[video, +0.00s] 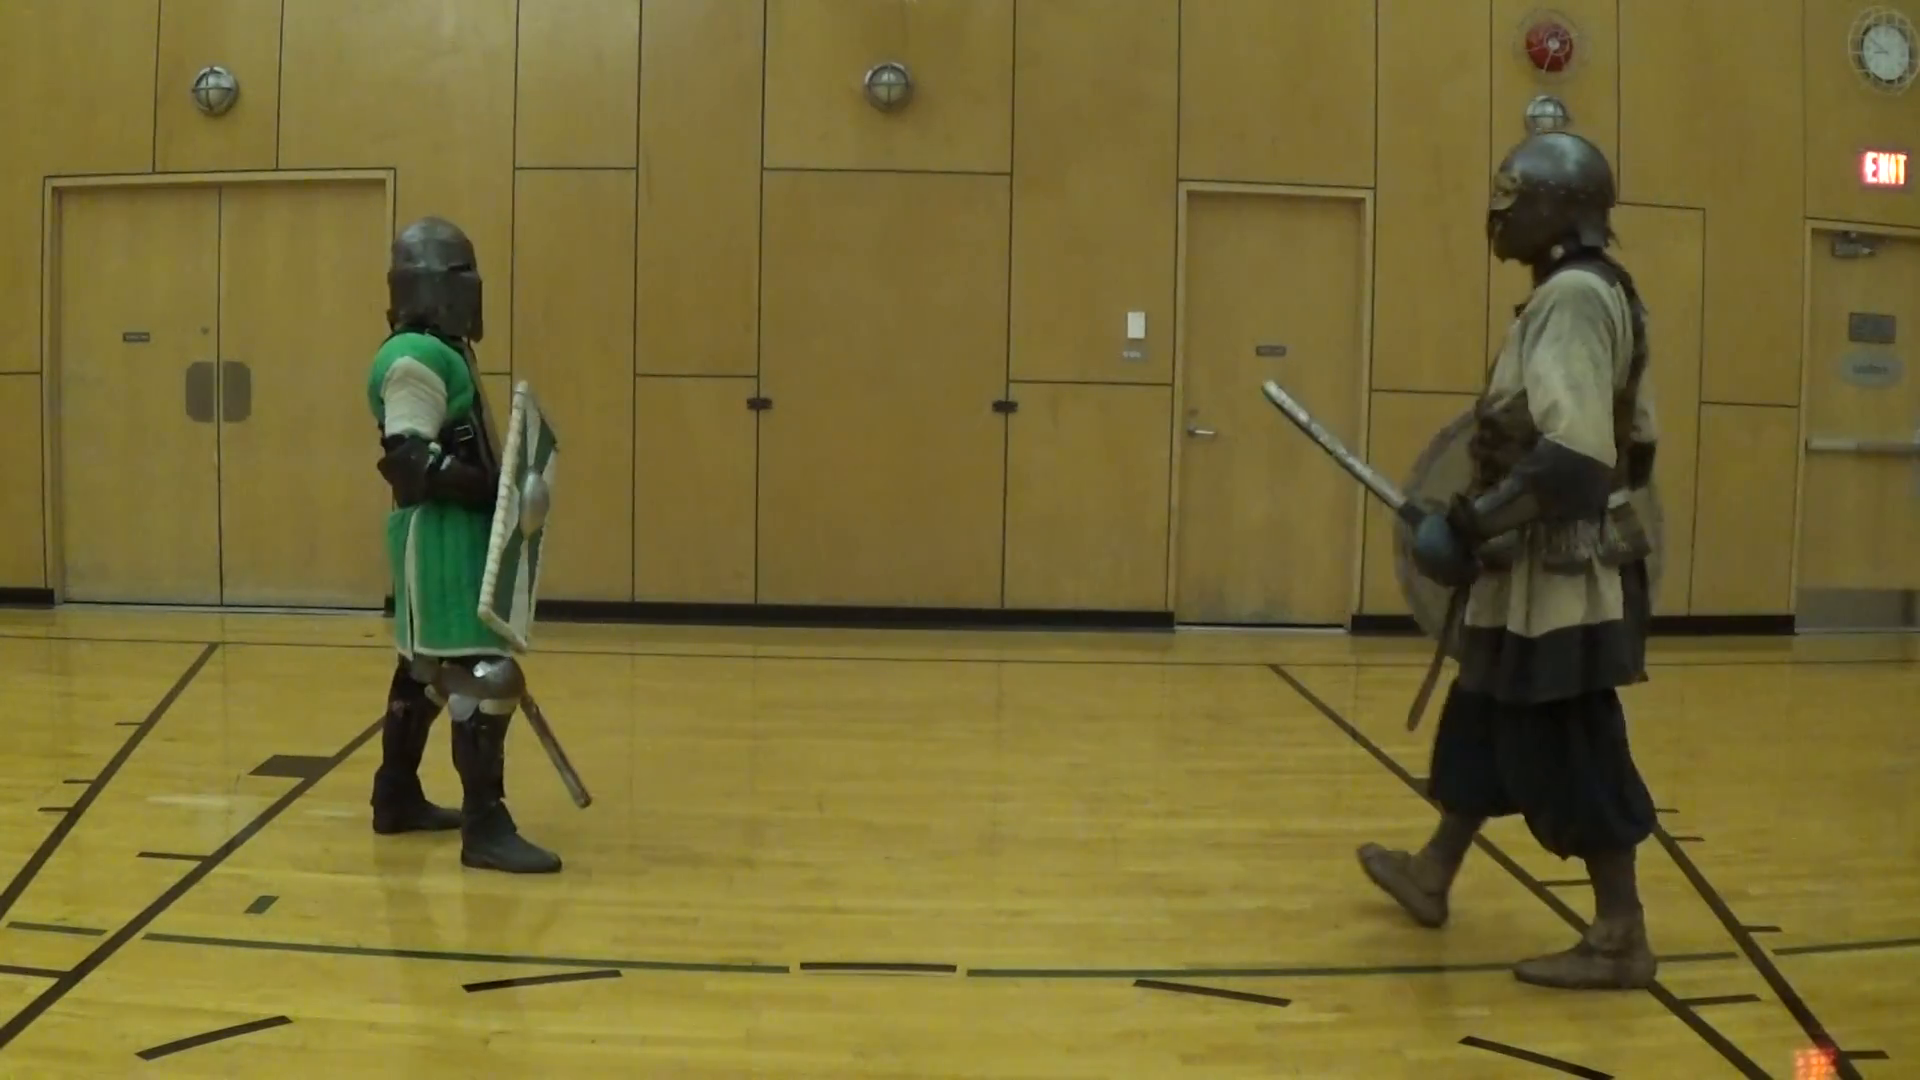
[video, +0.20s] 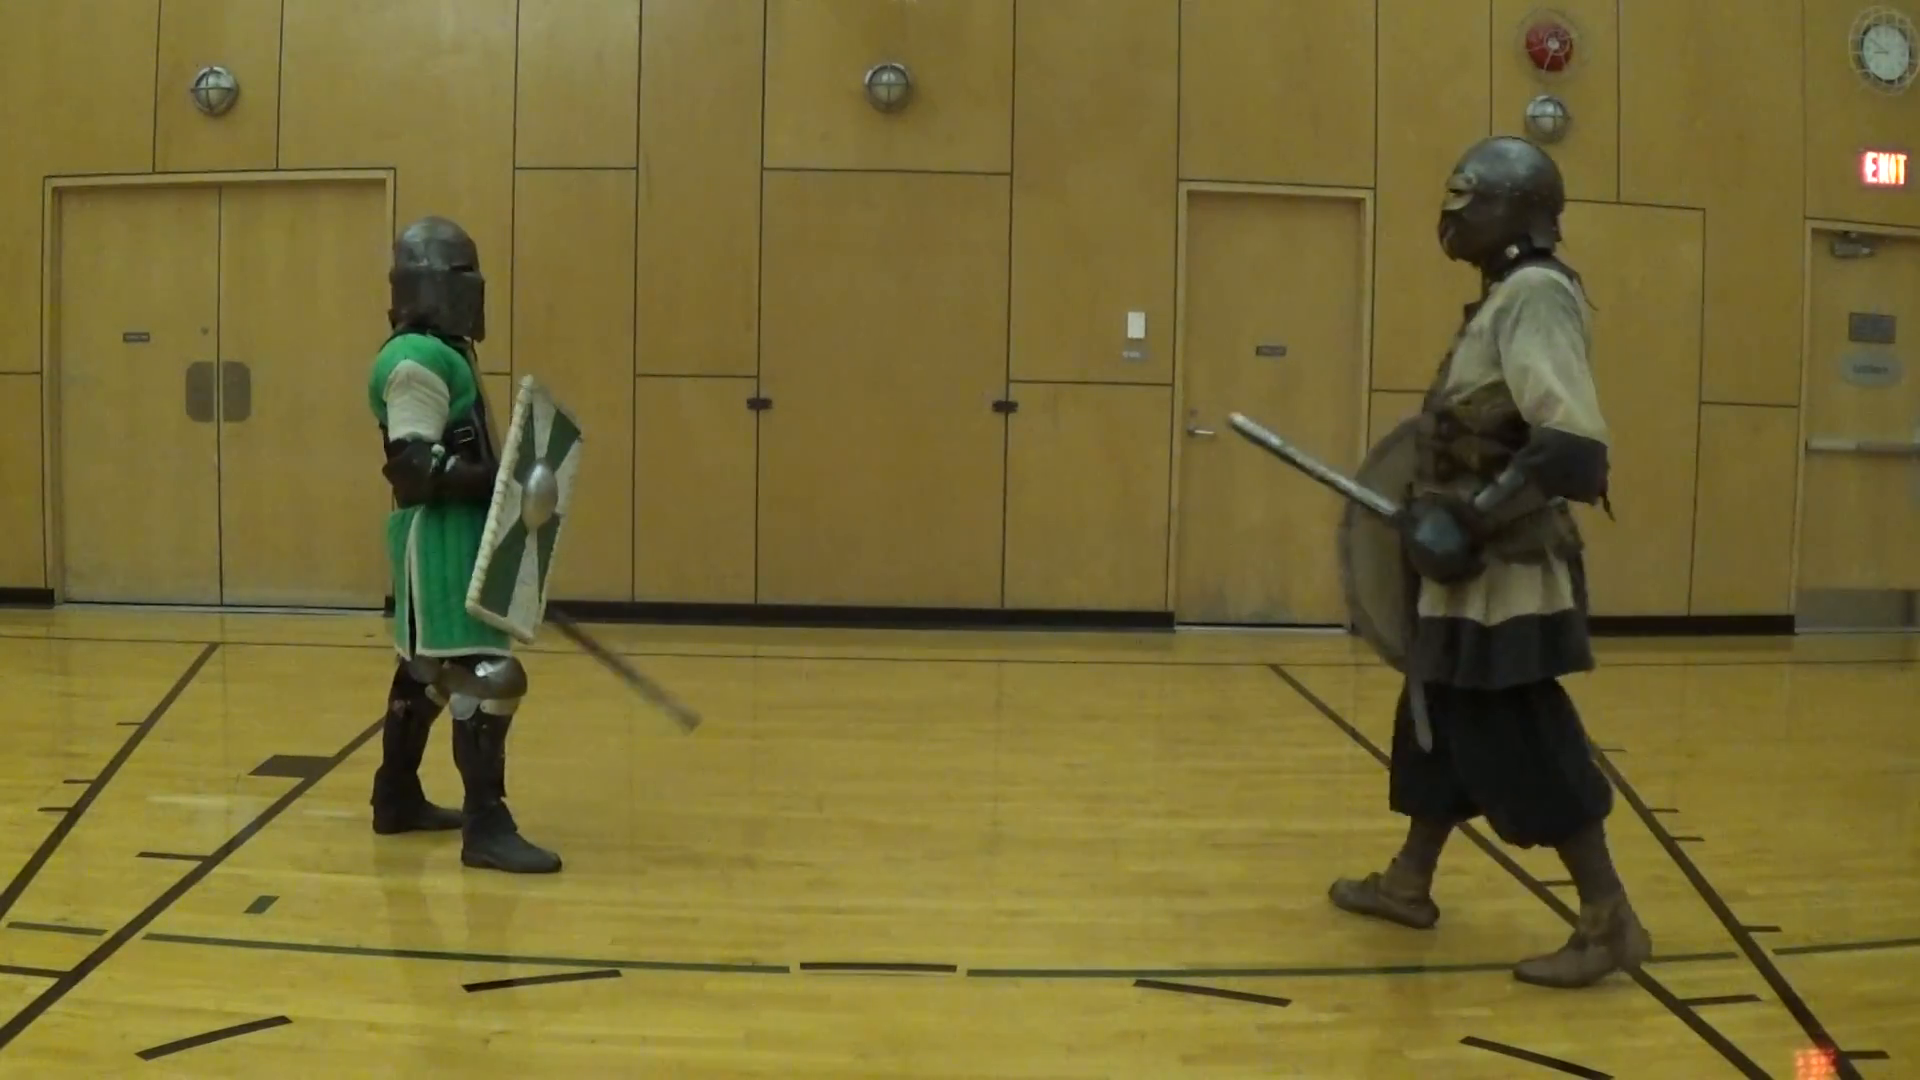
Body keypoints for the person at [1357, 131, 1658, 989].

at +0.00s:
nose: (1496, 211)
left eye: (1512, 196)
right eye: (1500, 194)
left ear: (1565, 211)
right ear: (1568, 212)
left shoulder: (1573, 299)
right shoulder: (1593, 291)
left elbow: (1573, 454)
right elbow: (1632, 450)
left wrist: (1466, 522)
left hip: (1558, 573)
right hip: (1539, 568)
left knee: (1580, 746)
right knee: (1485, 719)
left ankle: (1619, 937)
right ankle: (1431, 873)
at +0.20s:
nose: (1446, 211)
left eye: (1464, 197)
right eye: (1451, 197)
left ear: (1515, 211)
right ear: (1510, 215)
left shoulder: (1536, 298)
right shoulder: (1507, 298)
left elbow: (1569, 444)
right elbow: (1506, 437)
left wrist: (1472, 521)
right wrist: (1437, 502)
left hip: (1508, 570)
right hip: (1471, 565)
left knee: (1532, 739)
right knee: (1441, 721)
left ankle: (1609, 920)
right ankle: (1409, 881)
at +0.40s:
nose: (1408, 213)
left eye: (1424, 199)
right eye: (1412, 198)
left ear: (1473, 212)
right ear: (1467, 214)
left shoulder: (1498, 291)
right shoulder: (1465, 294)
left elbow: (1533, 428)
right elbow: (1450, 423)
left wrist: (1419, 475)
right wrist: (1380, 481)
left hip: (1455, 552)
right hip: (1433, 545)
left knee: (1425, 722)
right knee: (1428, 716)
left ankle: (1553, 877)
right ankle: (1407, 880)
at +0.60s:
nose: (1374, 211)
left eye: (1392, 197)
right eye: (1377, 195)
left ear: (1444, 210)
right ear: (1428, 210)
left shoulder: (1464, 283)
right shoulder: (1431, 290)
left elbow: (1493, 398)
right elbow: (1429, 408)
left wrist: (1366, 387)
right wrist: (1340, 461)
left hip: (1419, 531)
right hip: (1400, 525)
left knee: (1340, 699)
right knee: (1400, 696)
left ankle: (1424, 870)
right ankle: (1409, 865)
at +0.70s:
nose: (1355, 207)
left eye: (1371, 194)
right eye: (1358, 192)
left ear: (1422, 208)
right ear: (1414, 209)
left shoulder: (1443, 282)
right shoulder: (1415, 288)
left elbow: (1473, 385)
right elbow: (1398, 414)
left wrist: (1359, 343)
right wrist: (1319, 443)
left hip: (1394, 527)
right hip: (1410, 525)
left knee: (1325, 695)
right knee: (1418, 700)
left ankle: (1339, 882)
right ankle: (1407, 880)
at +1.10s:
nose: (1291, 205)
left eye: (1307, 191)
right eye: (1295, 190)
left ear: (1356, 205)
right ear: (1361, 208)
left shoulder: (1358, 287)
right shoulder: (1364, 281)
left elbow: (1357, 407)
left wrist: (1267, 338)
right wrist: (1278, 336)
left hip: (1322, 531)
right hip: (1357, 528)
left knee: (1276, 694)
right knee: (1350, 691)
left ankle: (1278, 872)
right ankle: (1394, 852)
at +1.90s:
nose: (1388, 242)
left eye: (1405, 231)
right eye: (1391, 230)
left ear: (1449, 243)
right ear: (1439, 244)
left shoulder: (1468, 314)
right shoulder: (1439, 314)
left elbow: (1446, 417)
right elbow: (1419, 400)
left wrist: (1369, 345)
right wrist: (1358, 345)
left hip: (1440, 540)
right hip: (1422, 534)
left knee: (1355, 692)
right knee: (1437, 685)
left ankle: (1299, 862)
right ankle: (1481, 823)